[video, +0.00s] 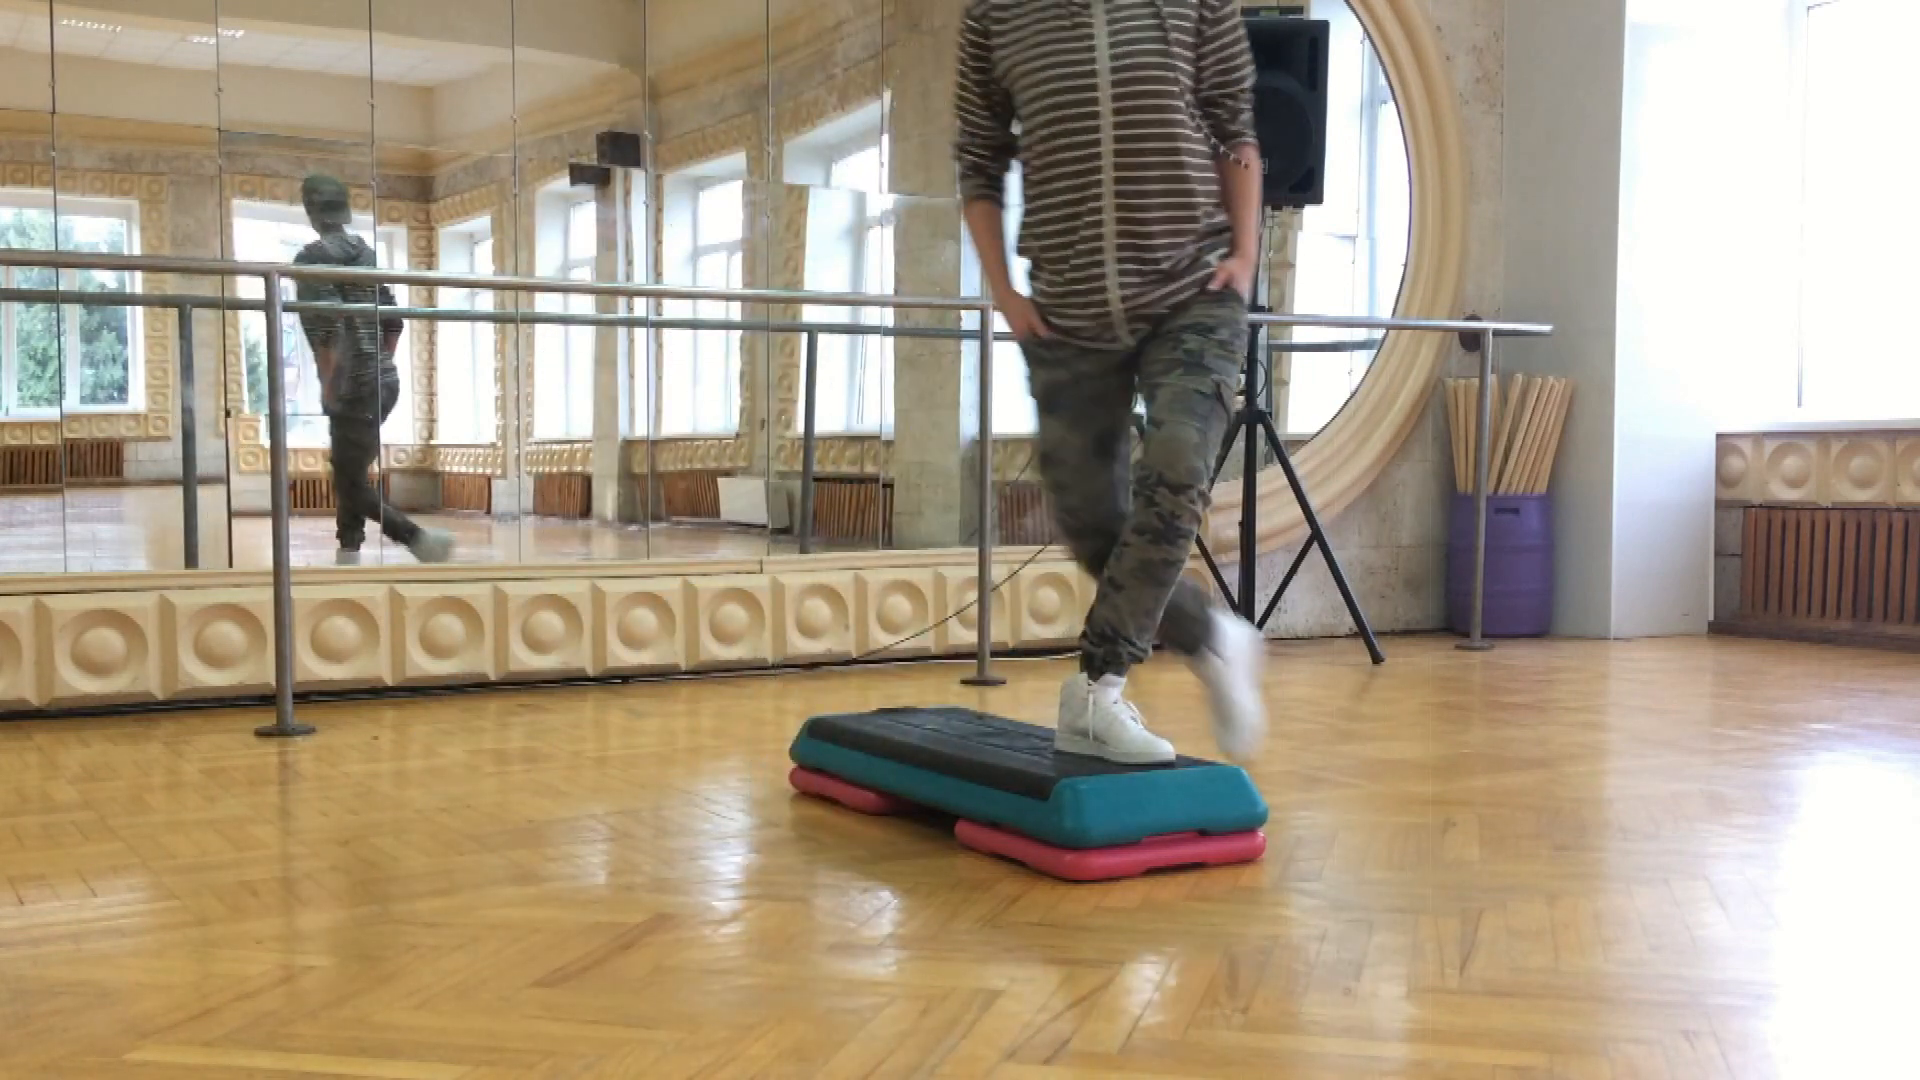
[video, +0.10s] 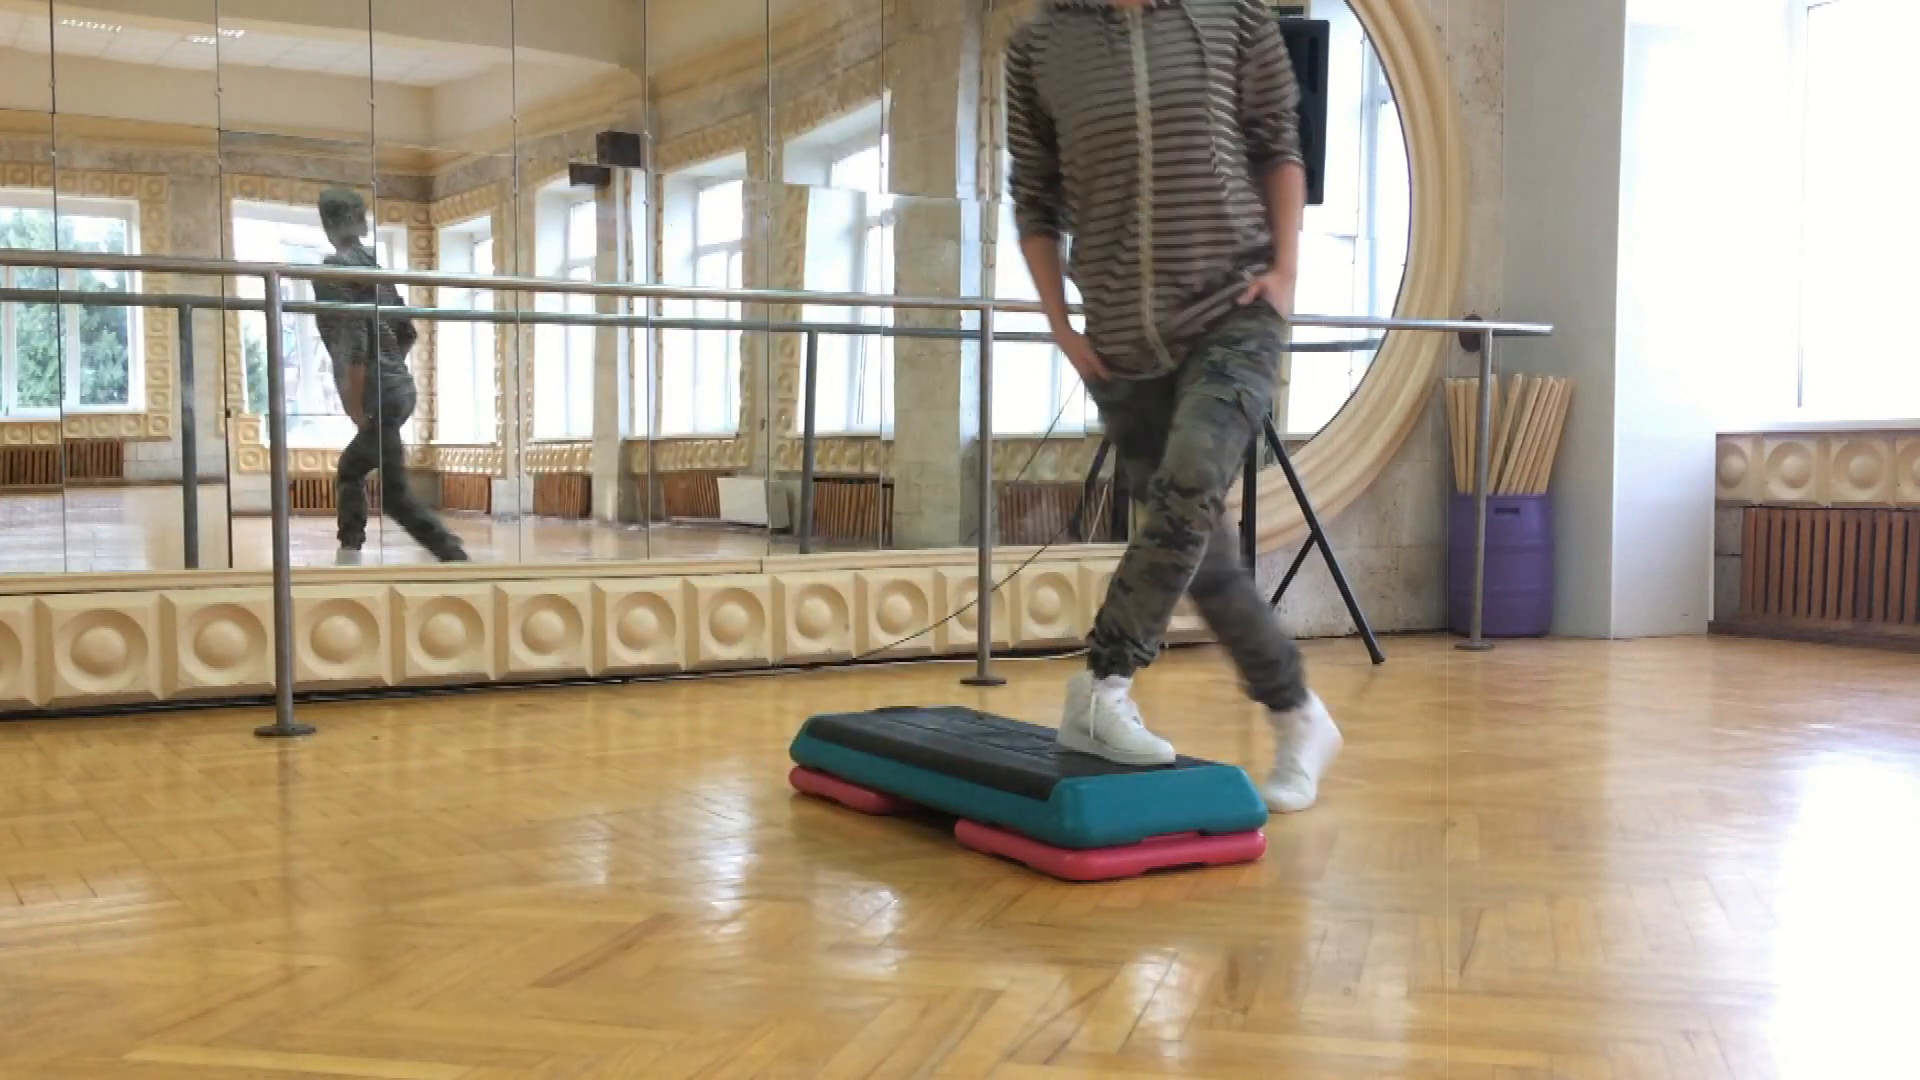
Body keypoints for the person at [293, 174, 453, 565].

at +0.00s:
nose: (313, 214)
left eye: (308, 207)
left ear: (309, 210)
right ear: (347, 209)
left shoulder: (310, 259)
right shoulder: (365, 253)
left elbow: (323, 325)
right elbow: (393, 317)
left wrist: (327, 382)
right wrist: (381, 363)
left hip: (352, 380)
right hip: (385, 378)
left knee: (352, 481)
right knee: (349, 471)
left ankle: (420, 540)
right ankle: (349, 557)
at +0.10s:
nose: (346, 228)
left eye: (333, 222)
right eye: (353, 220)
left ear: (326, 225)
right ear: (362, 222)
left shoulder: (330, 271)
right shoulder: (375, 266)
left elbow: (350, 330)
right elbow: (406, 330)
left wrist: (350, 390)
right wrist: (382, 366)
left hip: (374, 389)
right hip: (401, 387)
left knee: (395, 492)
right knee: (350, 467)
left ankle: (457, 559)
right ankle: (348, 557)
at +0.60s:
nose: (366, 246)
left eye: (359, 239)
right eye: (370, 239)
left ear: (351, 245)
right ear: (382, 243)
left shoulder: (342, 297)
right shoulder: (405, 286)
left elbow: (362, 355)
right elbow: (438, 345)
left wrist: (363, 413)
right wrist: (432, 394)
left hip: (388, 406)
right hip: (428, 403)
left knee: (388, 504)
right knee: (410, 493)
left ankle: (433, 547)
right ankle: (402, 572)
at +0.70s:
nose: (355, 246)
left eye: (351, 240)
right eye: (362, 240)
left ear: (347, 245)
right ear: (378, 243)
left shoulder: (331, 295)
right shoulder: (400, 288)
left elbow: (330, 362)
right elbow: (431, 347)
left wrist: (345, 411)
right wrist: (434, 398)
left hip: (371, 408)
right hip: (416, 404)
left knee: (372, 486)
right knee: (406, 490)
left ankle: (388, 548)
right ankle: (408, 568)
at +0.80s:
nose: (357, 248)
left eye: (349, 242)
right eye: (371, 242)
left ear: (345, 243)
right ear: (377, 243)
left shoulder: (323, 291)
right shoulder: (389, 292)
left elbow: (304, 356)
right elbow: (407, 354)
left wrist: (331, 398)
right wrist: (422, 396)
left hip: (352, 405)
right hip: (395, 402)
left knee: (368, 488)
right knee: (404, 493)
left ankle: (339, 558)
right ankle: (405, 574)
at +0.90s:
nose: (377, 253)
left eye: (375, 245)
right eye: (373, 245)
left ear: (345, 245)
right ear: (359, 245)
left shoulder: (321, 289)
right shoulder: (364, 285)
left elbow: (298, 349)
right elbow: (368, 342)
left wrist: (326, 387)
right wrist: (384, 388)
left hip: (339, 405)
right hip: (370, 403)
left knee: (353, 497)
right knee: (401, 492)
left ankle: (305, 559)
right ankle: (404, 572)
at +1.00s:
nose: (372, 251)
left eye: (373, 244)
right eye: (365, 243)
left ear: (352, 247)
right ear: (344, 246)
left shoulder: (349, 285)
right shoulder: (334, 286)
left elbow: (334, 348)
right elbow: (315, 349)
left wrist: (359, 389)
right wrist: (353, 396)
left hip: (332, 403)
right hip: (335, 403)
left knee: (336, 495)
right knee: (388, 482)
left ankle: (294, 562)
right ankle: (394, 565)